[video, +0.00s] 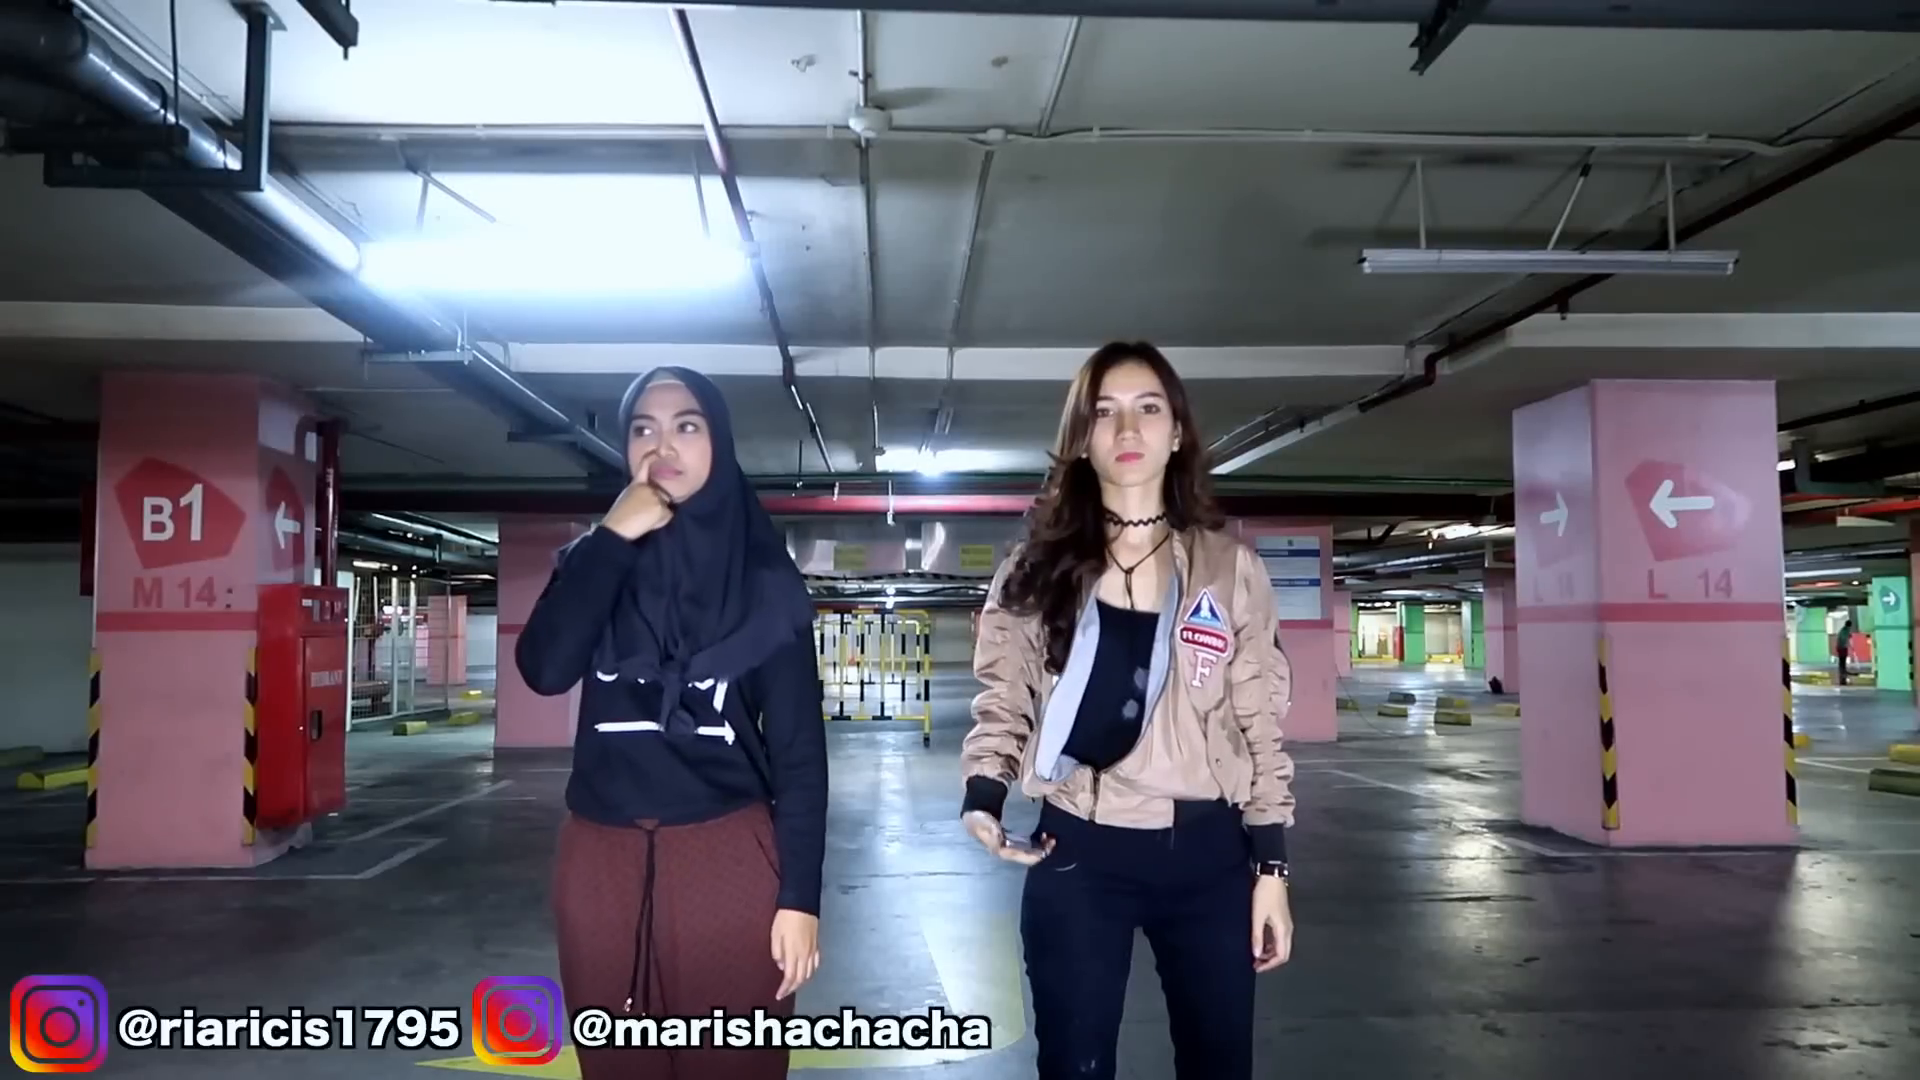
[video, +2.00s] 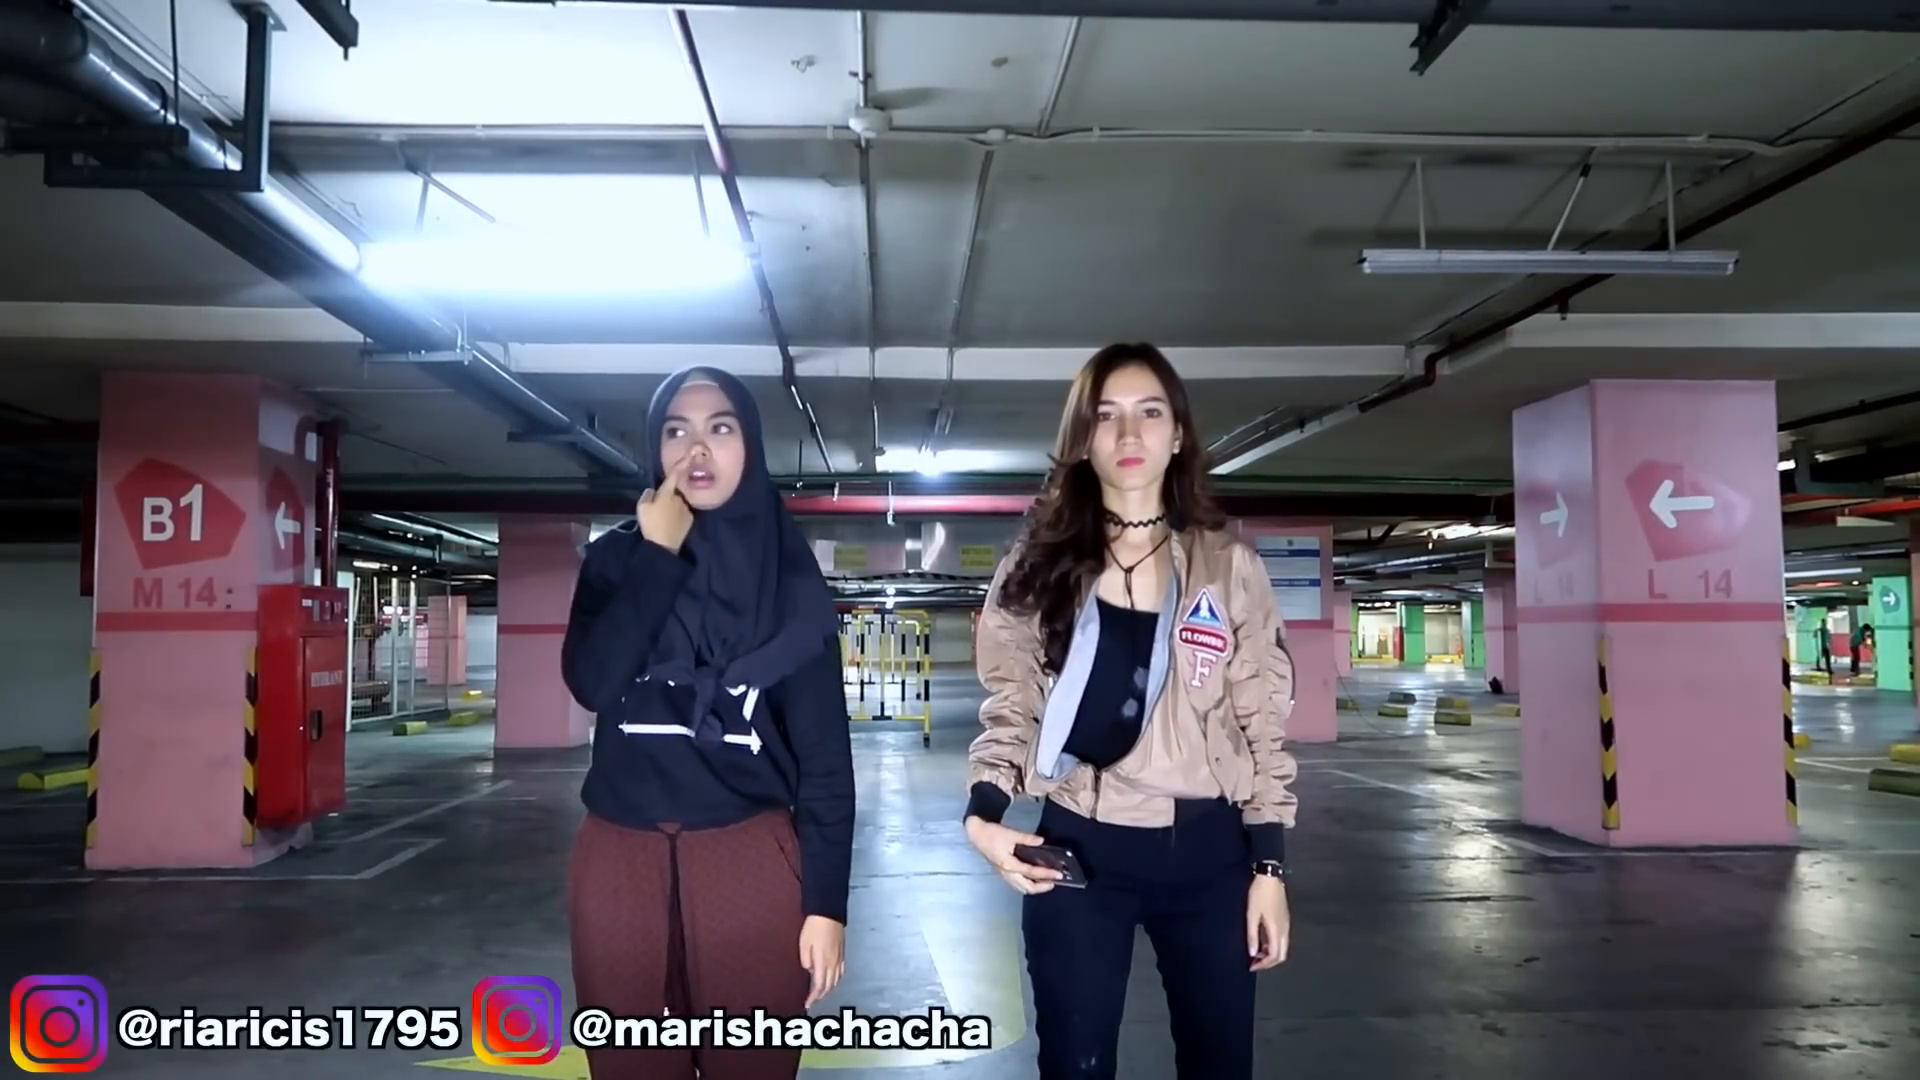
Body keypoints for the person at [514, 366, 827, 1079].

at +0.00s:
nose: (662, 444)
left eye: (686, 426)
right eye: (644, 428)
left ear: (719, 447)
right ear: (626, 448)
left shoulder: (762, 572)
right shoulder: (596, 557)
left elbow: (798, 749)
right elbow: (543, 669)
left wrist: (800, 899)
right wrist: (611, 536)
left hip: (727, 850)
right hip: (601, 850)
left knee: (735, 1062)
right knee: (610, 1061)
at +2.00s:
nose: (698, 448)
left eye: (721, 428)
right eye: (677, 430)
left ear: (751, 450)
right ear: (656, 452)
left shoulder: (787, 570)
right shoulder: (616, 557)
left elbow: (823, 748)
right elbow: (591, 684)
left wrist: (827, 904)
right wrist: (657, 551)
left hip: (751, 854)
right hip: (620, 853)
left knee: (750, 1065)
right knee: (626, 1064)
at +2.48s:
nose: (683, 441)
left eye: (707, 422)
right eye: (665, 425)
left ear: (744, 443)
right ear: (648, 449)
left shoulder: (785, 574)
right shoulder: (609, 568)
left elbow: (821, 751)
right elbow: (553, 727)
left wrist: (823, 904)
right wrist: (594, 643)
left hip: (747, 855)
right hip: (618, 853)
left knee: (747, 1064)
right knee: (622, 1064)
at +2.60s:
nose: (683, 441)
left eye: (708, 423)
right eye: (665, 425)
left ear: (743, 442)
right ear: (647, 448)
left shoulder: (785, 577)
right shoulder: (606, 571)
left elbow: (820, 752)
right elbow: (545, 703)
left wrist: (824, 903)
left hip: (748, 858)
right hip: (618, 855)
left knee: (749, 1064)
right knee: (624, 1064)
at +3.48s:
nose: (673, 449)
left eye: (696, 428)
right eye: (653, 429)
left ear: (727, 445)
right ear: (632, 448)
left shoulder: (765, 570)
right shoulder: (583, 561)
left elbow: (807, 743)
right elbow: (522, 686)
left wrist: (806, 886)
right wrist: (541, 803)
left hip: (731, 850)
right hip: (600, 854)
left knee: (733, 1063)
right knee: (613, 1062)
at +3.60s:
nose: (692, 479)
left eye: (714, 455)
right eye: (671, 456)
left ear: (747, 466)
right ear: (648, 465)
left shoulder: (773, 574)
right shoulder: (593, 552)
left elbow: (767, 763)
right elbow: (546, 687)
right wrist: (544, 809)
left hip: (725, 856)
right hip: (594, 854)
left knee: (736, 1066)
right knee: (606, 1066)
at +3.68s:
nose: (707, 527)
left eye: (731, 501)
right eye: (685, 503)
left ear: (766, 504)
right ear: (661, 506)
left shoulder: (775, 619)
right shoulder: (611, 572)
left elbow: (702, 785)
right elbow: (567, 703)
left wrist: (753, 657)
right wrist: (547, 823)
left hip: (710, 873)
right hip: (583, 860)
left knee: (751, 1069)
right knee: (557, 1064)